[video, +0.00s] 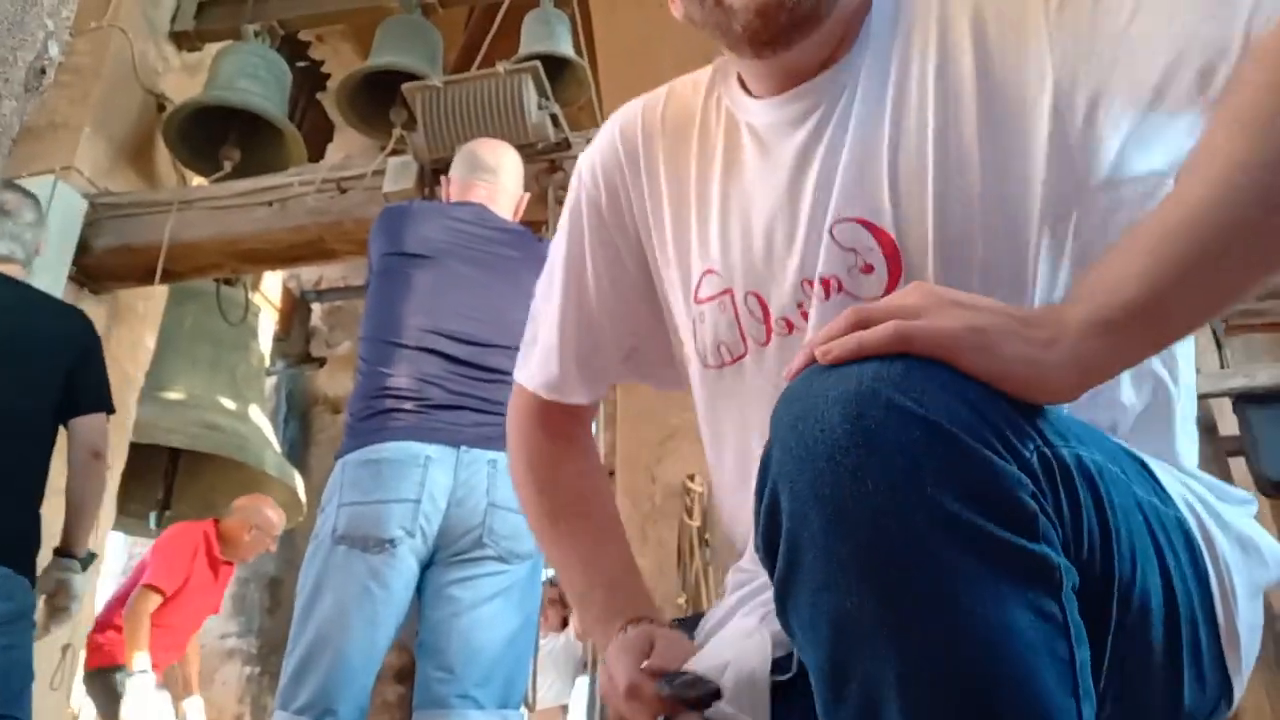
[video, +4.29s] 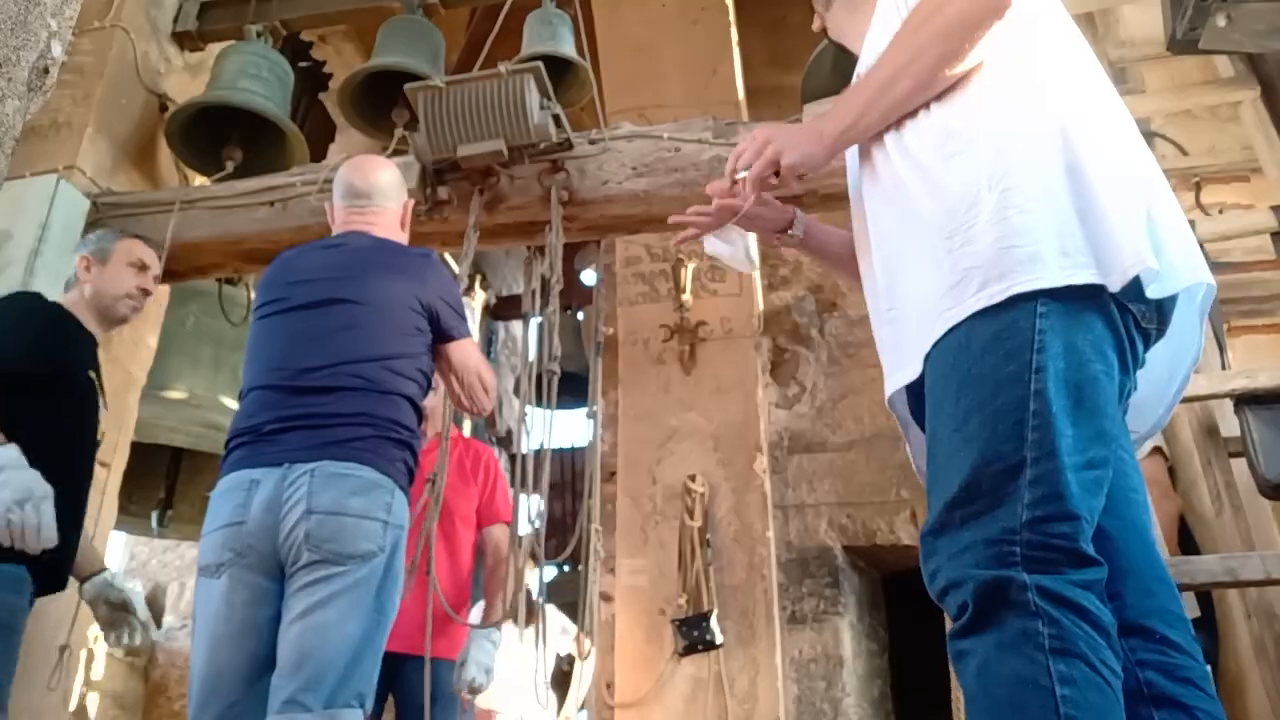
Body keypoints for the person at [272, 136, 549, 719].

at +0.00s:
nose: (441, 191)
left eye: (441, 185)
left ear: (444, 189)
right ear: (521, 207)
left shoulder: (394, 224)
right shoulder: (549, 259)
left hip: (388, 467)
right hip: (511, 480)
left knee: (319, 703)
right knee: (473, 706)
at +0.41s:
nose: (414, 203)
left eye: (413, 197)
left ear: (418, 200)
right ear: (495, 212)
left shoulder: (367, 244)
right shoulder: (525, 270)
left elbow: (357, 356)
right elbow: (529, 395)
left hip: (363, 470)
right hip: (482, 481)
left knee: (298, 703)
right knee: (457, 705)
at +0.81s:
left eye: (337, 233)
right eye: (413, 231)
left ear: (337, 238)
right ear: (412, 236)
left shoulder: (295, 280)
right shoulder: (438, 285)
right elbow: (498, 410)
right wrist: (452, 354)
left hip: (273, 483)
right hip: (389, 488)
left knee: (243, 705)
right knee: (386, 706)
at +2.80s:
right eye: (390, 208)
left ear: (310, 218)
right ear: (385, 211)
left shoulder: (265, 270)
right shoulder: (405, 266)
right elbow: (471, 386)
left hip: (230, 489)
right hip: (344, 486)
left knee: (213, 709)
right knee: (308, 707)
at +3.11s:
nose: (394, 215)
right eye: (394, 207)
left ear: (314, 215)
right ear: (388, 209)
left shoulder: (265, 269)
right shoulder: (407, 265)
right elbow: (473, 386)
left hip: (231, 489)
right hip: (345, 485)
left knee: (214, 709)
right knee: (309, 707)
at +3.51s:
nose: (413, 223)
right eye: (413, 217)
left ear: (332, 209)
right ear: (407, 219)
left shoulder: (276, 265)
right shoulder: (417, 264)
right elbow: (480, 386)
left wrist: (430, 369)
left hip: (233, 489)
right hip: (347, 488)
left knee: (217, 709)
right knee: (310, 707)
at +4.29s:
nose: (411, 217)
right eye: (412, 211)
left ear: (330, 215)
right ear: (406, 214)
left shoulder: (277, 271)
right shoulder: (424, 269)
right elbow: (481, 399)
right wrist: (443, 340)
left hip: (241, 487)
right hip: (354, 487)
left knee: (218, 708)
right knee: (313, 708)